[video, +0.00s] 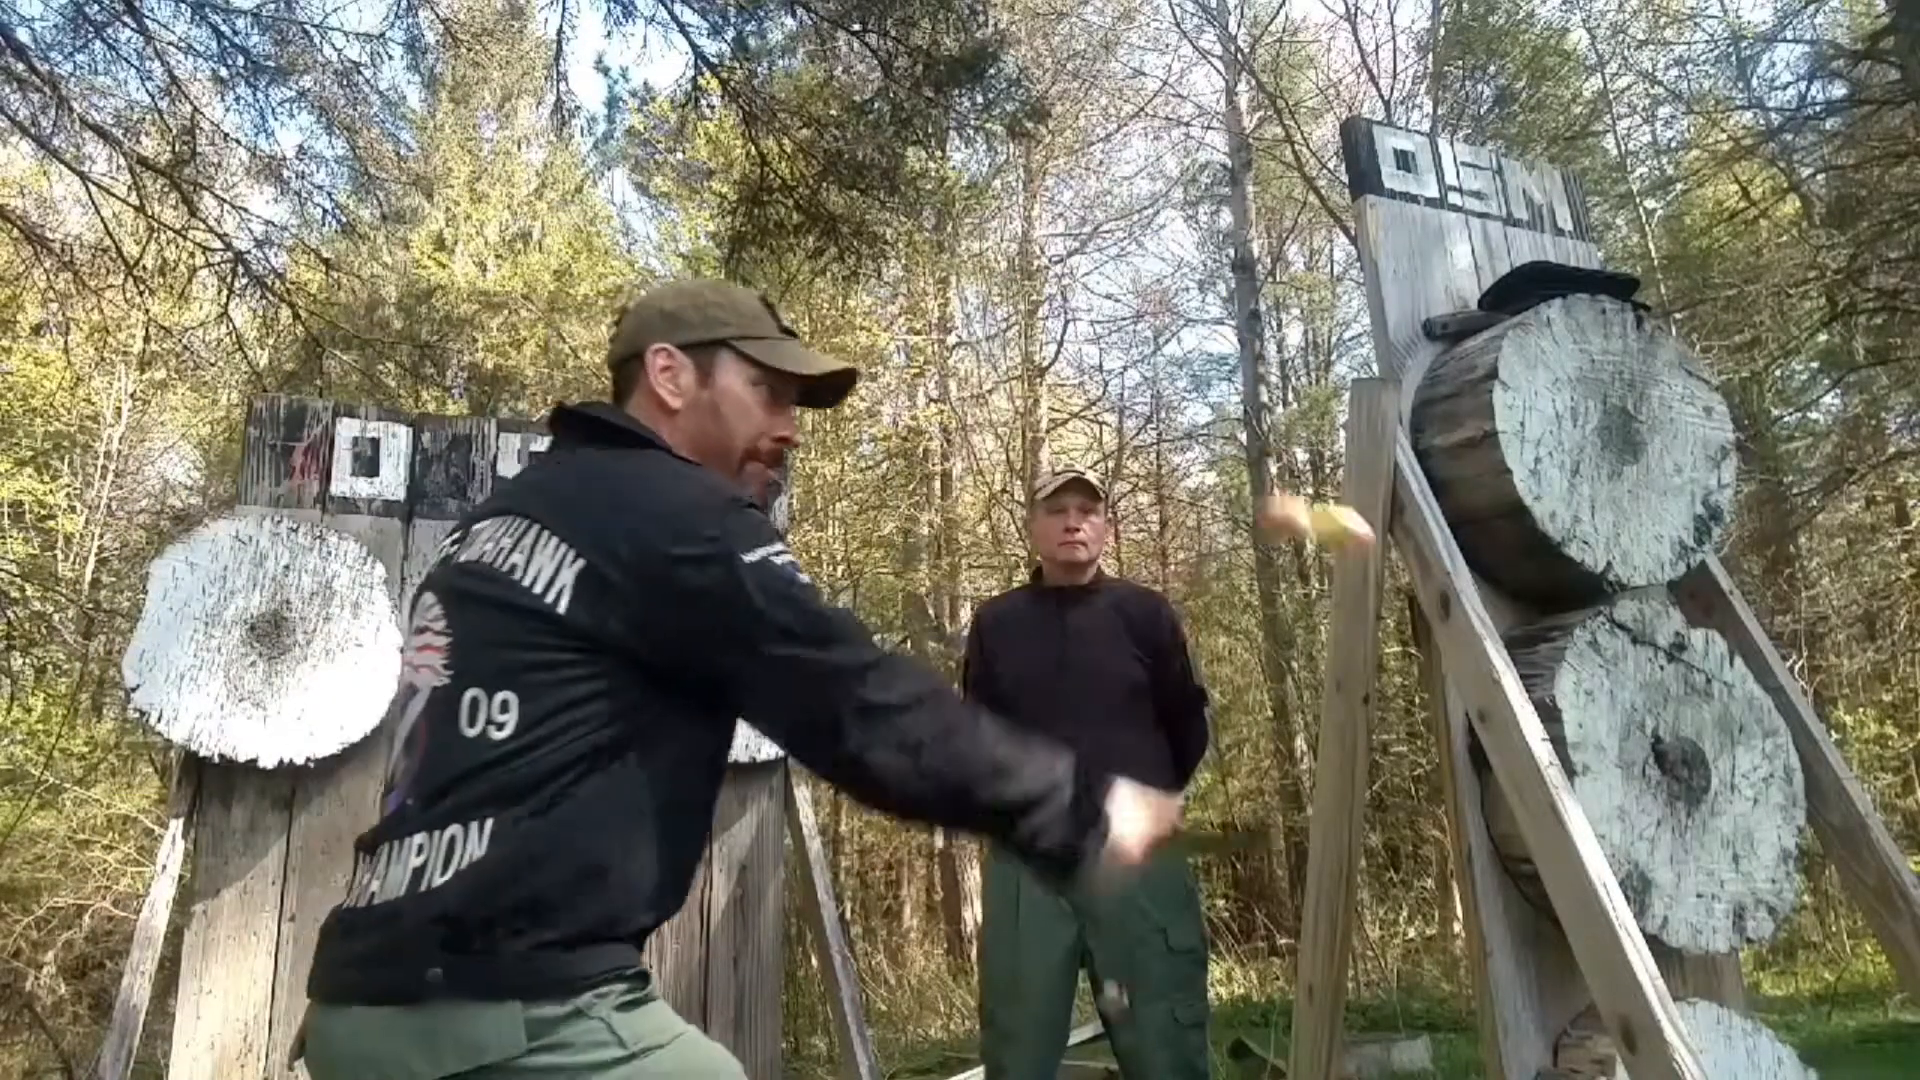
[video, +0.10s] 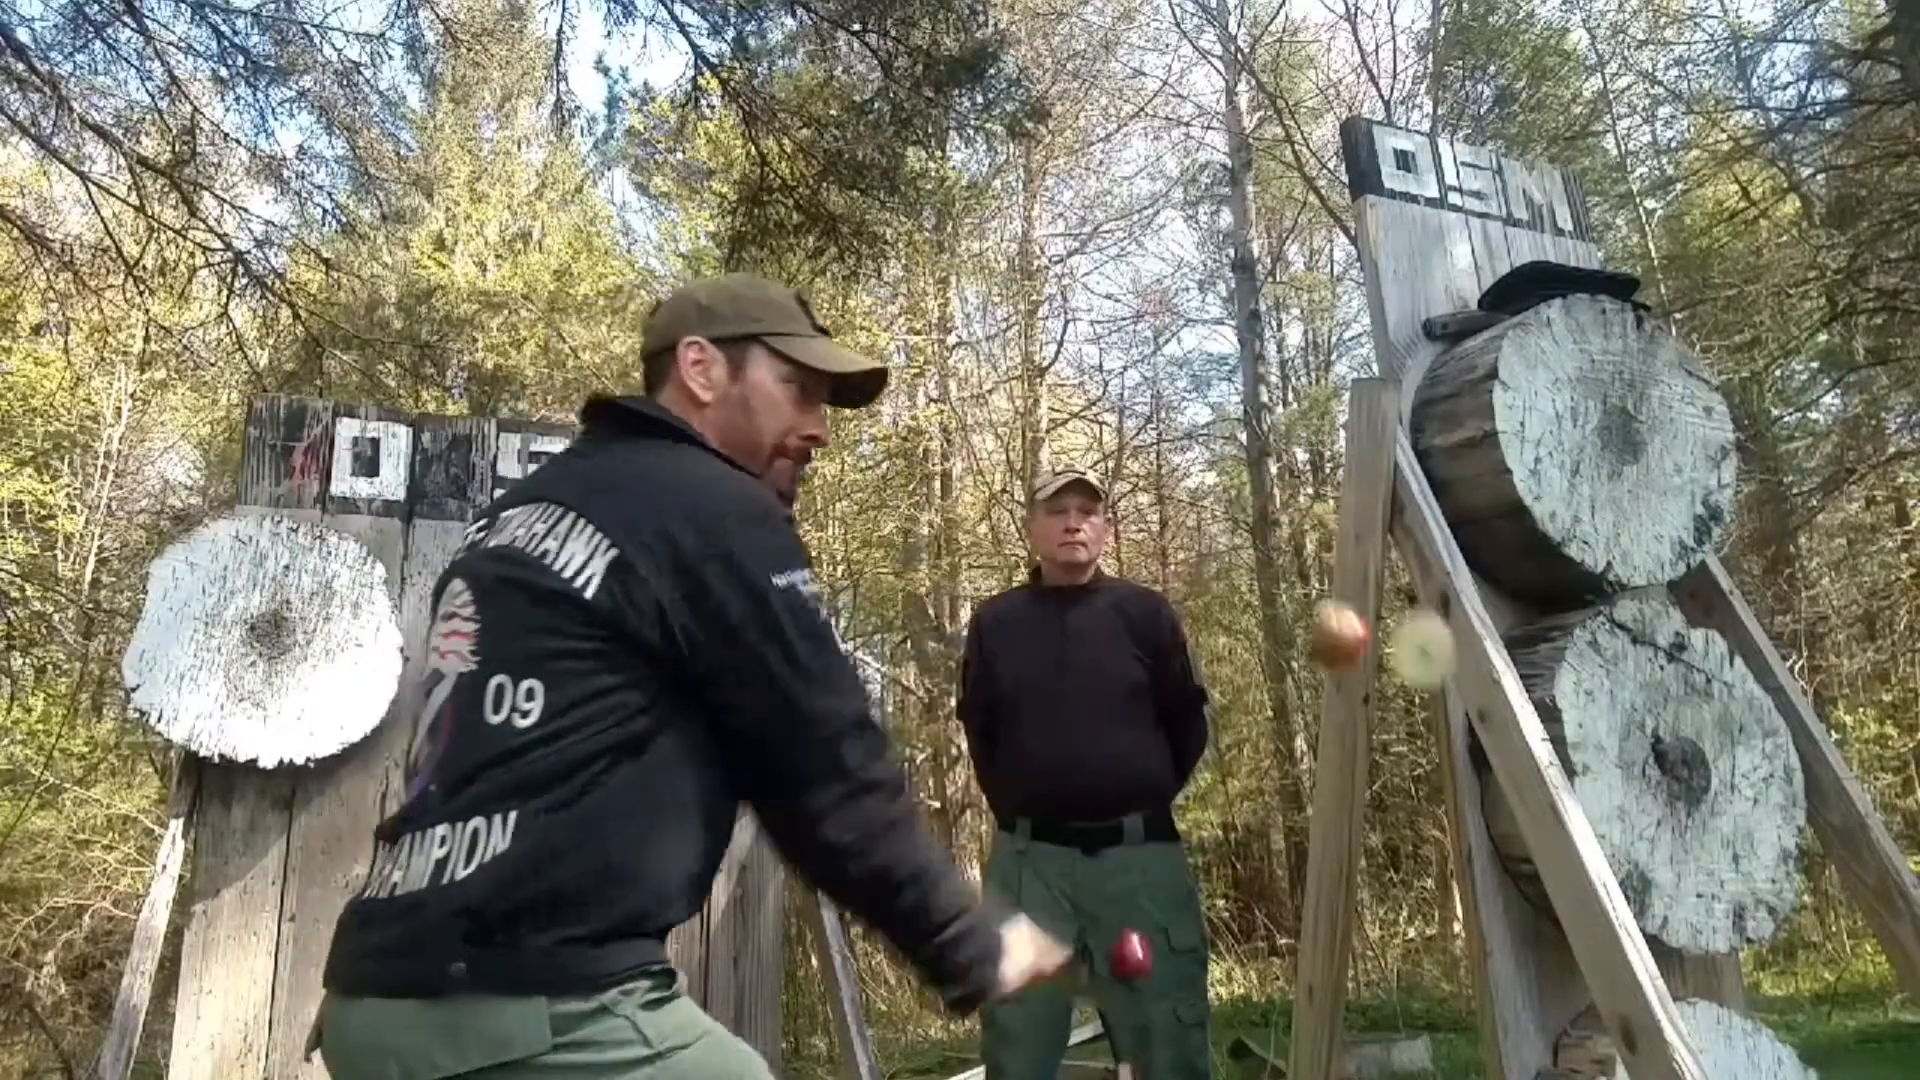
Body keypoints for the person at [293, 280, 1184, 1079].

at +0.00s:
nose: (790, 429)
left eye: (796, 402)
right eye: (770, 393)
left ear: (666, 389)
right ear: (669, 378)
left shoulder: (516, 507)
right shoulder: (682, 526)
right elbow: (867, 711)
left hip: (365, 1005)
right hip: (536, 1008)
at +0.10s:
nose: (819, 429)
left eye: (822, 401)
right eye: (800, 390)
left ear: (701, 376)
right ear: (701, 372)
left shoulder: (540, 491)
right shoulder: (718, 514)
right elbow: (829, 778)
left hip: (379, 1002)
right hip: (559, 1006)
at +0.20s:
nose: (853, 428)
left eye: (856, 401)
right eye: (830, 388)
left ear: (728, 369)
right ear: (735, 367)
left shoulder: (551, 493)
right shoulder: (745, 518)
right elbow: (775, 826)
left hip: (386, 996)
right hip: (574, 1003)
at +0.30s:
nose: (881, 435)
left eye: (882, 408)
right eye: (861, 395)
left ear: (761, 374)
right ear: (765, 371)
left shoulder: (570, 489)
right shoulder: (771, 520)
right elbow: (763, 811)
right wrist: (772, 1021)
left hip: (389, 989)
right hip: (585, 998)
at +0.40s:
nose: (898, 445)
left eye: (903, 419)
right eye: (882, 405)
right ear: (788, 375)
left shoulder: (579, 488)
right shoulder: (793, 527)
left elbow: (535, 743)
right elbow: (769, 810)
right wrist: (738, 991)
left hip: (390, 983)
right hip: (588, 995)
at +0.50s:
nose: (907, 460)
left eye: (914, 430)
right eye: (897, 417)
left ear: (797, 387)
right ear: (806, 384)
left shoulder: (587, 486)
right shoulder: (809, 536)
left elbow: (529, 734)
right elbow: (772, 808)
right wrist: (742, 977)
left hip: (389, 985)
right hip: (593, 1000)